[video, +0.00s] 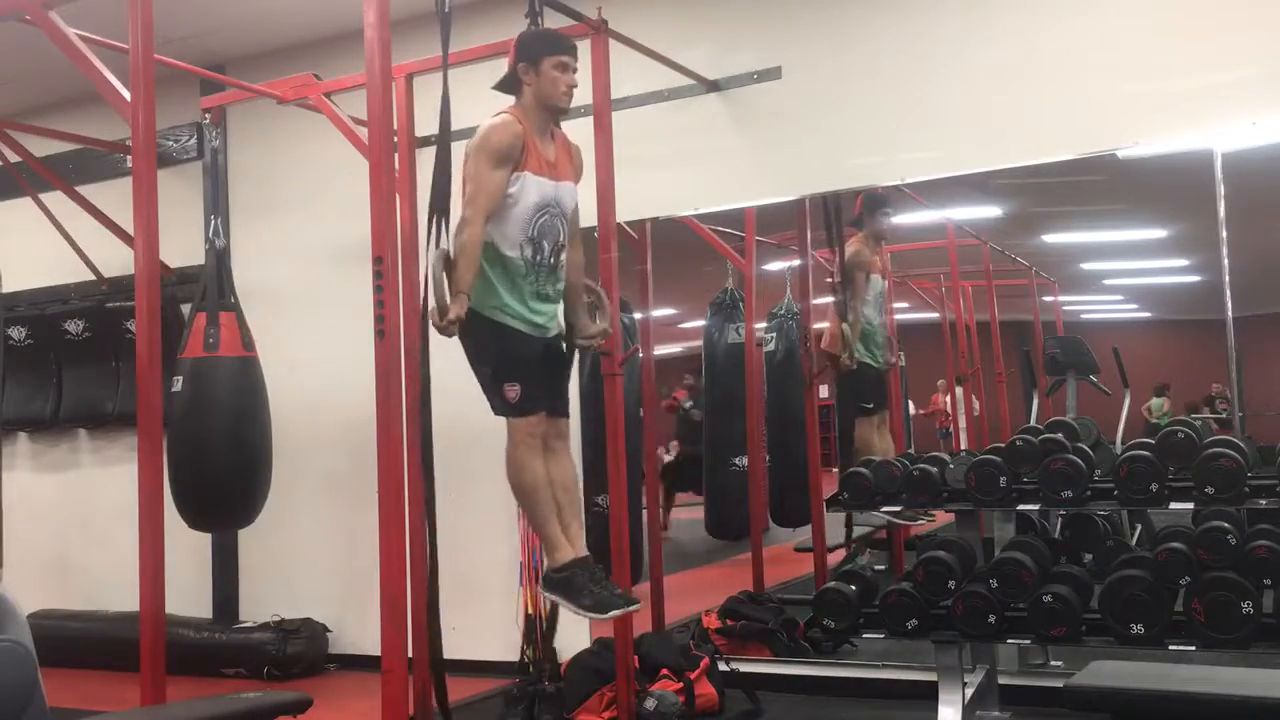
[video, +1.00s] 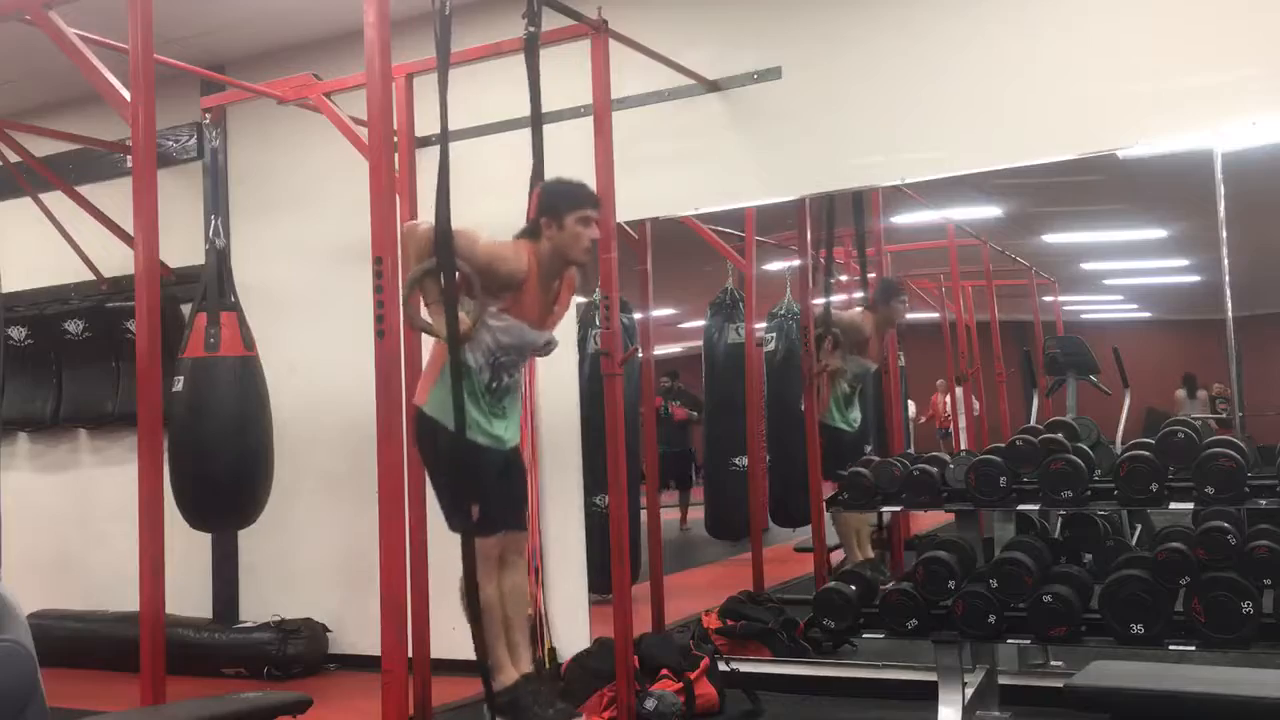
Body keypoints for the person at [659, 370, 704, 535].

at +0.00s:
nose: (685, 383)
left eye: (689, 380)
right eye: (684, 380)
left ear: (698, 383)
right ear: (682, 384)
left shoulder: (704, 399)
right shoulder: (681, 399)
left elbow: (701, 418)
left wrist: (687, 404)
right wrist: (673, 445)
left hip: (702, 450)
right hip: (682, 450)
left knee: (709, 486)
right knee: (669, 481)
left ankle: (716, 522)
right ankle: (665, 520)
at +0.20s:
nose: (676, 391)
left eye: (679, 387)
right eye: (672, 388)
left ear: (688, 387)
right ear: (667, 389)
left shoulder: (695, 402)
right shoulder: (666, 405)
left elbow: (703, 423)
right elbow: (659, 422)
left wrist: (684, 408)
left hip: (693, 450)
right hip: (670, 451)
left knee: (706, 488)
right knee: (663, 491)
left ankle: (715, 527)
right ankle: (661, 529)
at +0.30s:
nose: (672, 382)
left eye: (676, 379)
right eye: (670, 379)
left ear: (684, 382)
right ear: (667, 381)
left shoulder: (692, 397)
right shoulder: (662, 398)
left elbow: (704, 415)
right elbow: (651, 414)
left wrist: (688, 404)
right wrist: (664, 407)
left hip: (691, 449)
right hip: (667, 450)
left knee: (700, 488)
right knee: (662, 492)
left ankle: (711, 522)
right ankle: (660, 525)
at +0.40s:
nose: (668, 382)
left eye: (672, 379)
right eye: (666, 378)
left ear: (680, 381)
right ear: (663, 380)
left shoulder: (688, 395)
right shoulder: (660, 397)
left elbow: (701, 398)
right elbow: (651, 414)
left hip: (688, 447)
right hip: (665, 448)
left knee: (694, 484)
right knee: (661, 489)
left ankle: (693, 515)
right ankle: (660, 523)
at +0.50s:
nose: (666, 382)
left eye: (670, 379)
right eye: (664, 379)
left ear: (678, 381)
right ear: (661, 380)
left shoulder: (688, 395)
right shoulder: (658, 397)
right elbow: (649, 420)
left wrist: (697, 447)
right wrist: (654, 448)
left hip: (685, 449)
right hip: (664, 450)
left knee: (691, 487)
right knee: (661, 490)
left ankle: (688, 513)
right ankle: (659, 523)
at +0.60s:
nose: (664, 384)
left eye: (668, 381)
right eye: (663, 381)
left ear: (676, 382)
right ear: (661, 383)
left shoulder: (686, 399)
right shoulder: (659, 401)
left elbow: (701, 400)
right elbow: (655, 409)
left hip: (684, 452)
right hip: (664, 452)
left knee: (687, 489)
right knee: (660, 490)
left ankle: (686, 519)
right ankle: (658, 522)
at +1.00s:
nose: (662, 386)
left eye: (665, 383)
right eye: (661, 383)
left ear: (675, 383)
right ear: (659, 384)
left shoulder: (685, 397)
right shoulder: (657, 399)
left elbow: (701, 413)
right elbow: (645, 416)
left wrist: (688, 414)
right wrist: (654, 410)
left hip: (682, 449)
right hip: (661, 449)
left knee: (684, 487)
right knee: (655, 488)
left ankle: (683, 520)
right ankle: (653, 523)